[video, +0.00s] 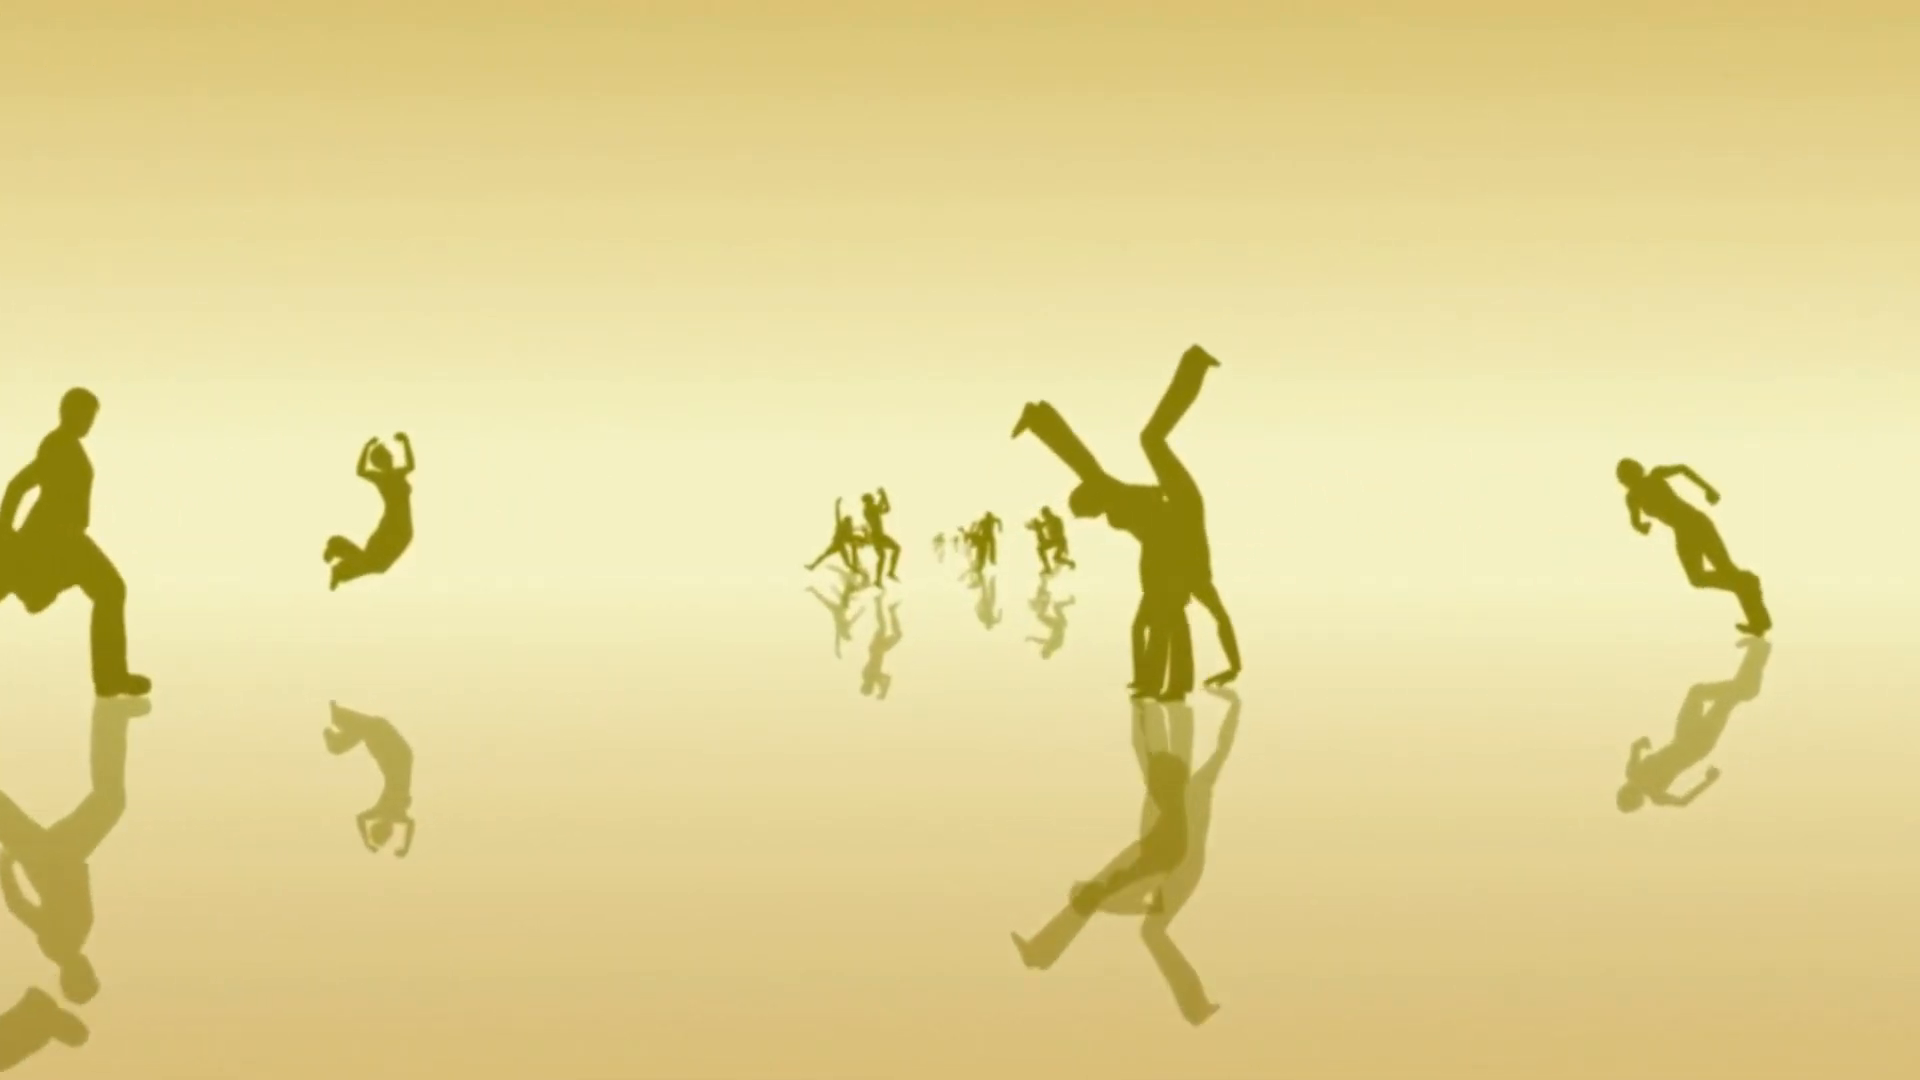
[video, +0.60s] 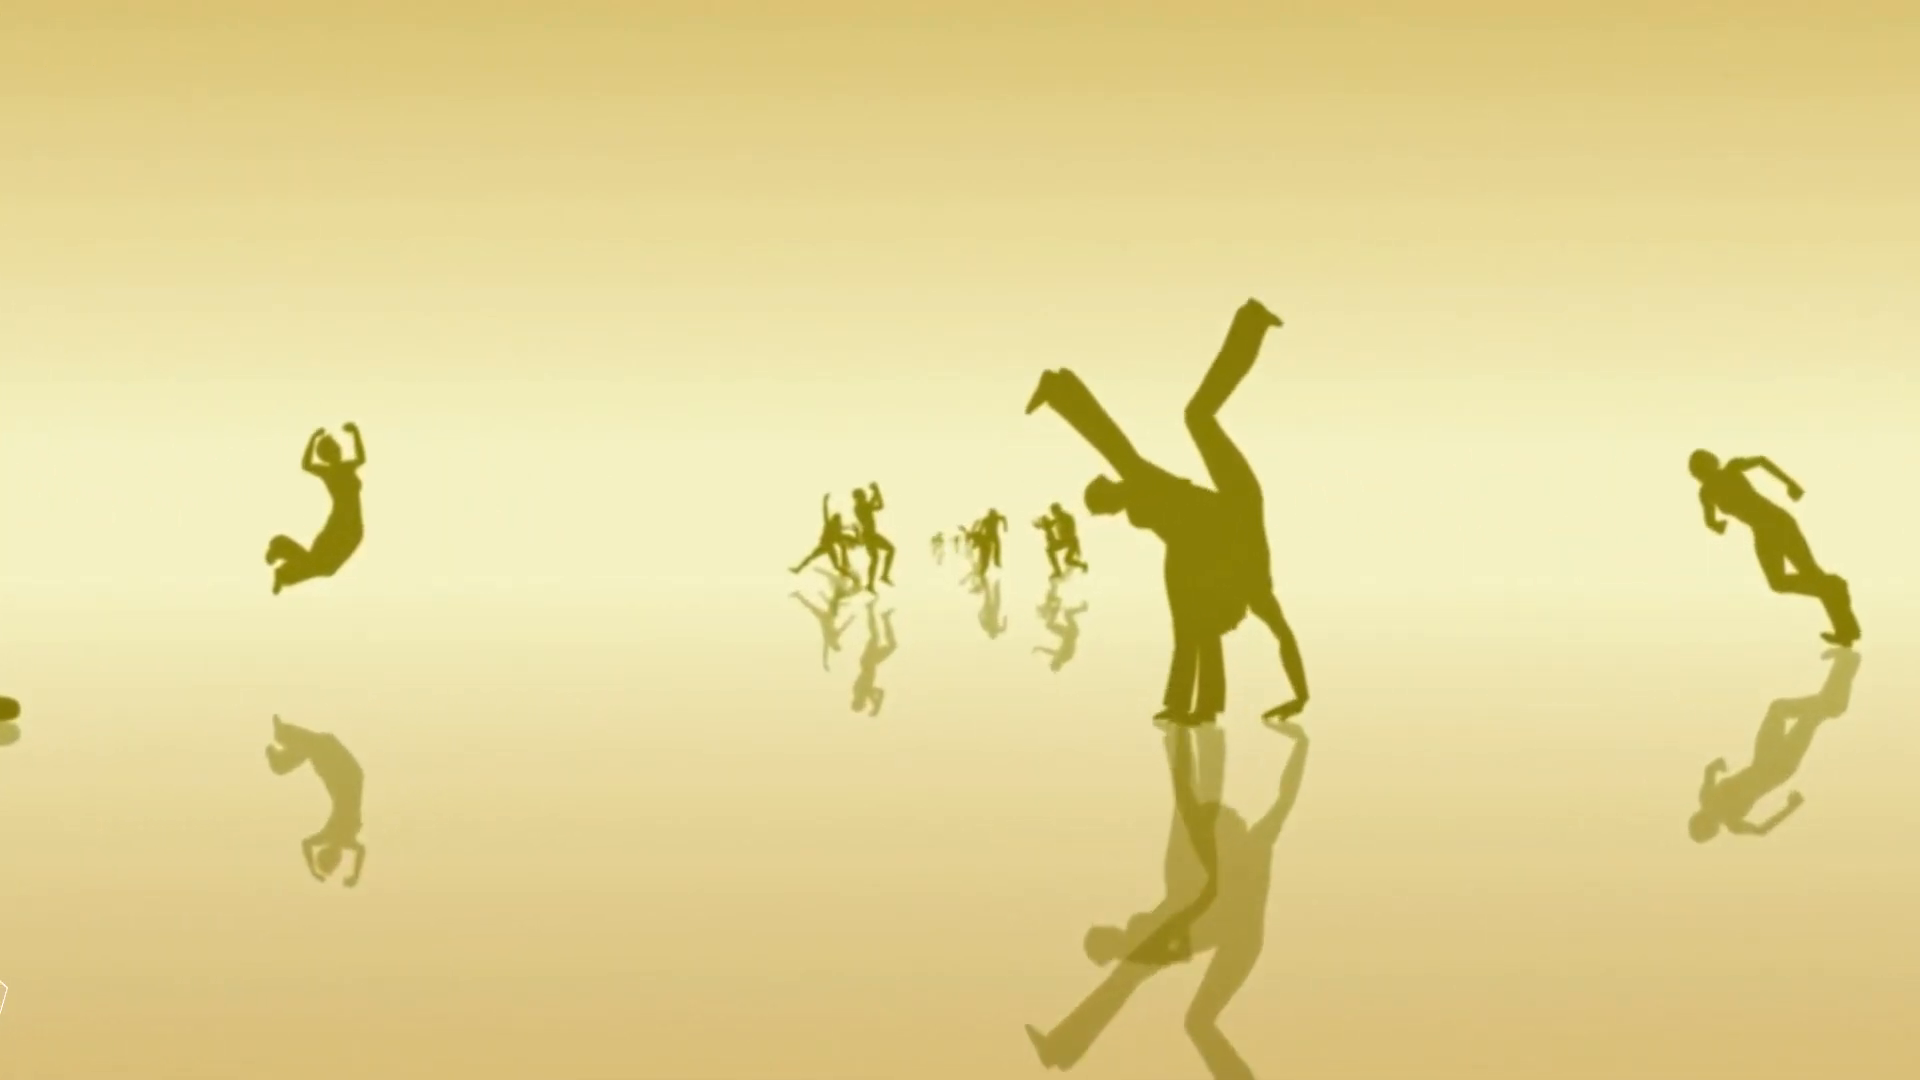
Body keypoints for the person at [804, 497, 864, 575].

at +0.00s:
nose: (848, 523)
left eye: (849, 521)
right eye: (847, 521)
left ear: (850, 522)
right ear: (845, 520)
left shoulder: (849, 529)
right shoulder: (840, 524)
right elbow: (837, 513)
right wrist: (837, 504)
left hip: (841, 545)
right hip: (835, 544)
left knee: (846, 559)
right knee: (824, 555)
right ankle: (813, 566)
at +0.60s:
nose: (837, 521)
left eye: (838, 519)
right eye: (836, 519)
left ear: (838, 520)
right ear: (834, 518)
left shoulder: (838, 529)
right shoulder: (828, 524)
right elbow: (825, 511)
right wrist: (825, 501)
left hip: (830, 546)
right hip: (823, 545)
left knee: (836, 565)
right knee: (811, 557)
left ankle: (853, 577)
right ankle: (798, 569)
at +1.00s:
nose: (828, 520)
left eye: (830, 518)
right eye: (827, 518)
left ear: (830, 519)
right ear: (824, 518)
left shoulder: (830, 530)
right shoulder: (819, 523)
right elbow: (816, 510)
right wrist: (816, 498)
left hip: (821, 547)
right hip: (814, 545)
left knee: (827, 567)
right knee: (800, 558)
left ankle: (846, 580)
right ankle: (787, 571)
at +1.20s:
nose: (824, 519)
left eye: (825, 518)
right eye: (823, 517)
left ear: (825, 518)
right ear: (820, 517)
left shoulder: (825, 529)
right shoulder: (813, 521)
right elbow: (811, 508)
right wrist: (811, 497)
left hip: (817, 547)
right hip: (809, 545)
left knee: (823, 568)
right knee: (795, 559)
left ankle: (842, 582)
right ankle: (781, 572)